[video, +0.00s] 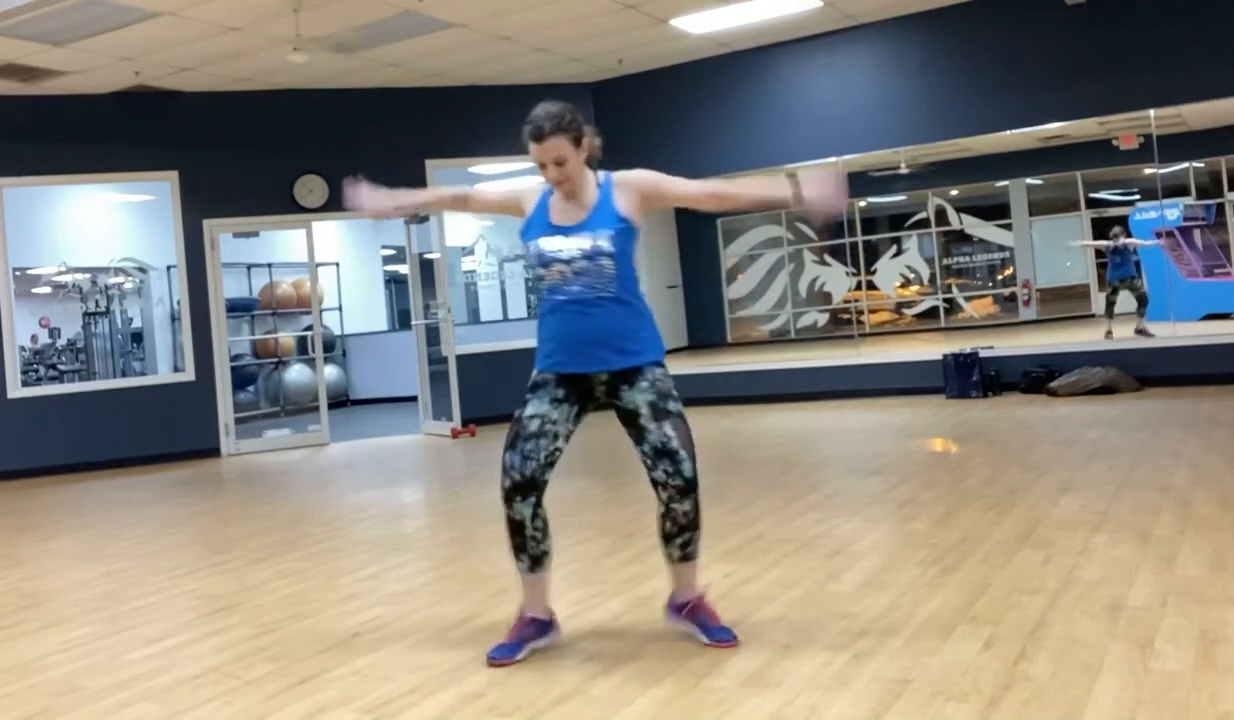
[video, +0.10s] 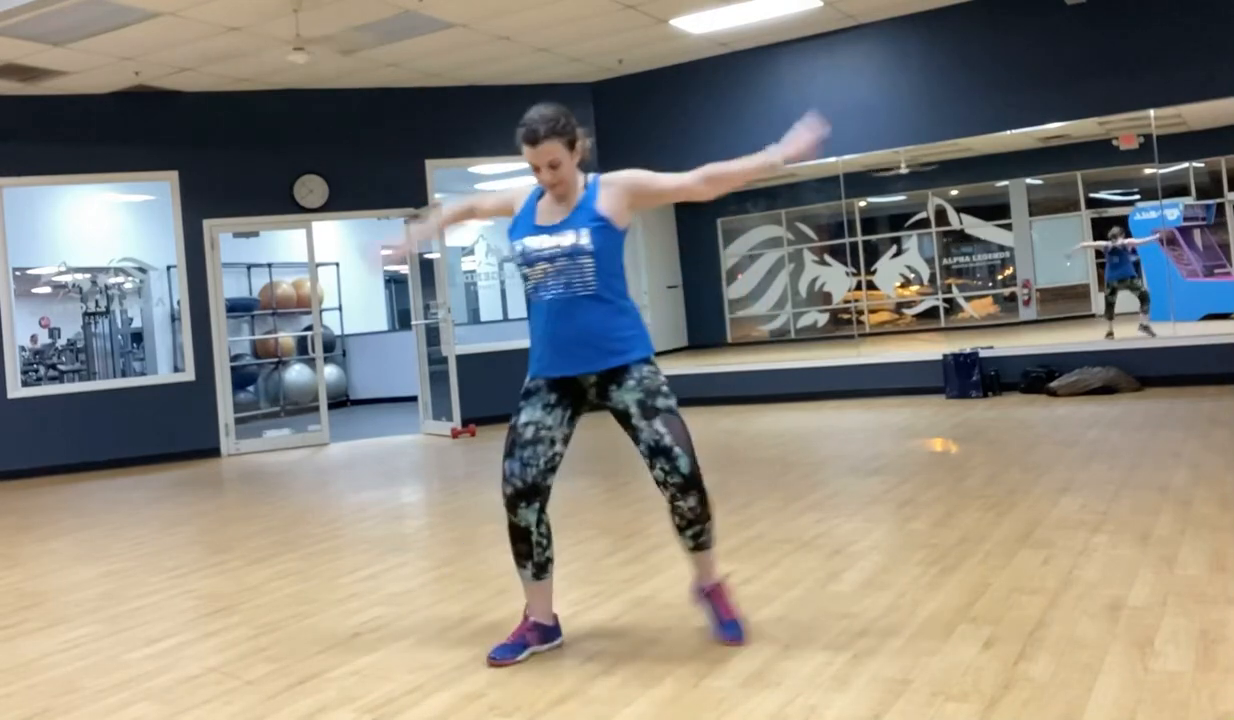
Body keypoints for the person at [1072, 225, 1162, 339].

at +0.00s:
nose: (1120, 238)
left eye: (1118, 236)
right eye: (1122, 235)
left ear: (1112, 236)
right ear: (1124, 235)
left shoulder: (1108, 244)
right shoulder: (1129, 242)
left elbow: (1092, 243)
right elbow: (1145, 243)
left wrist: (1079, 243)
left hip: (1113, 278)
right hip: (1130, 277)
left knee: (1110, 303)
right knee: (1142, 298)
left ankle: (1109, 329)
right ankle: (1140, 326)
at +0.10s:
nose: (1123, 237)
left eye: (1121, 236)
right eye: (1122, 235)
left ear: (1110, 236)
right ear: (1122, 235)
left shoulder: (1106, 245)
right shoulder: (1127, 242)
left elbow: (1085, 244)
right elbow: (1141, 242)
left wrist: (1071, 251)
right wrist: (1155, 237)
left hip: (1111, 279)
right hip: (1128, 277)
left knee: (1109, 303)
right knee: (1144, 296)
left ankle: (1110, 329)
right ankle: (1144, 323)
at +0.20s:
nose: (1121, 239)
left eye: (1121, 238)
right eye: (1121, 238)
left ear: (1109, 239)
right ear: (1120, 238)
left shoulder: (1103, 248)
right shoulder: (1125, 245)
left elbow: (1087, 254)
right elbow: (1140, 244)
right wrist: (1155, 238)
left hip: (1110, 280)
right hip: (1127, 278)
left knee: (1108, 304)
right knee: (1142, 298)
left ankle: (1110, 330)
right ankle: (1151, 321)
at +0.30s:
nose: (1121, 241)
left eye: (1120, 240)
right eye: (1120, 239)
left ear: (1108, 240)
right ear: (1119, 239)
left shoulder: (1103, 250)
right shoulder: (1125, 247)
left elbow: (1092, 259)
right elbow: (1142, 246)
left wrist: (1102, 254)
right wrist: (1159, 243)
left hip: (1111, 282)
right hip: (1127, 279)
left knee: (1108, 306)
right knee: (1141, 301)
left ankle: (1110, 330)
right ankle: (1151, 323)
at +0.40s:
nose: (1120, 241)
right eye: (1120, 239)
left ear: (1108, 240)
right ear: (1118, 239)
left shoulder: (1104, 250)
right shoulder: (1124, 249)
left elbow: (1102, 263)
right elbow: (1141, 252)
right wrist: (1159, 253)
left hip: (1112, 281)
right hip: (1126, 280)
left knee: (1107, 305)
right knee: (1139, 302)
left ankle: (1110, 330)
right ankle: (1151, 323)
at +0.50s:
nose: (1105, 240)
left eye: (1107, 238)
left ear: (1108, 240)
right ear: (1119, 240)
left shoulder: (1106, 250)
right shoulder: (1125, 250)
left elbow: (1105, 263)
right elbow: (1139, 262)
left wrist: (1103, 279)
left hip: (1113, 282)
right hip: (1127, 280)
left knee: (1106, 303)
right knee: (1138, 303)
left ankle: (1110, 329)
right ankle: (1152, 323)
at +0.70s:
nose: (1107, 240)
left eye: (1109, 238)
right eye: (1108, 238)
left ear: (1111, 240)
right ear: (1118, 240)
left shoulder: (1108, 251)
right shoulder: (1123, 251)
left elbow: (1106, 264)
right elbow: (1132, 258)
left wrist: (1104, 279)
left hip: (1115, 281)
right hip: (1127, 280)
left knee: (1106, 302)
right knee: (1139, 304)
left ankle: (1110, 330)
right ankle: (1152, 324)